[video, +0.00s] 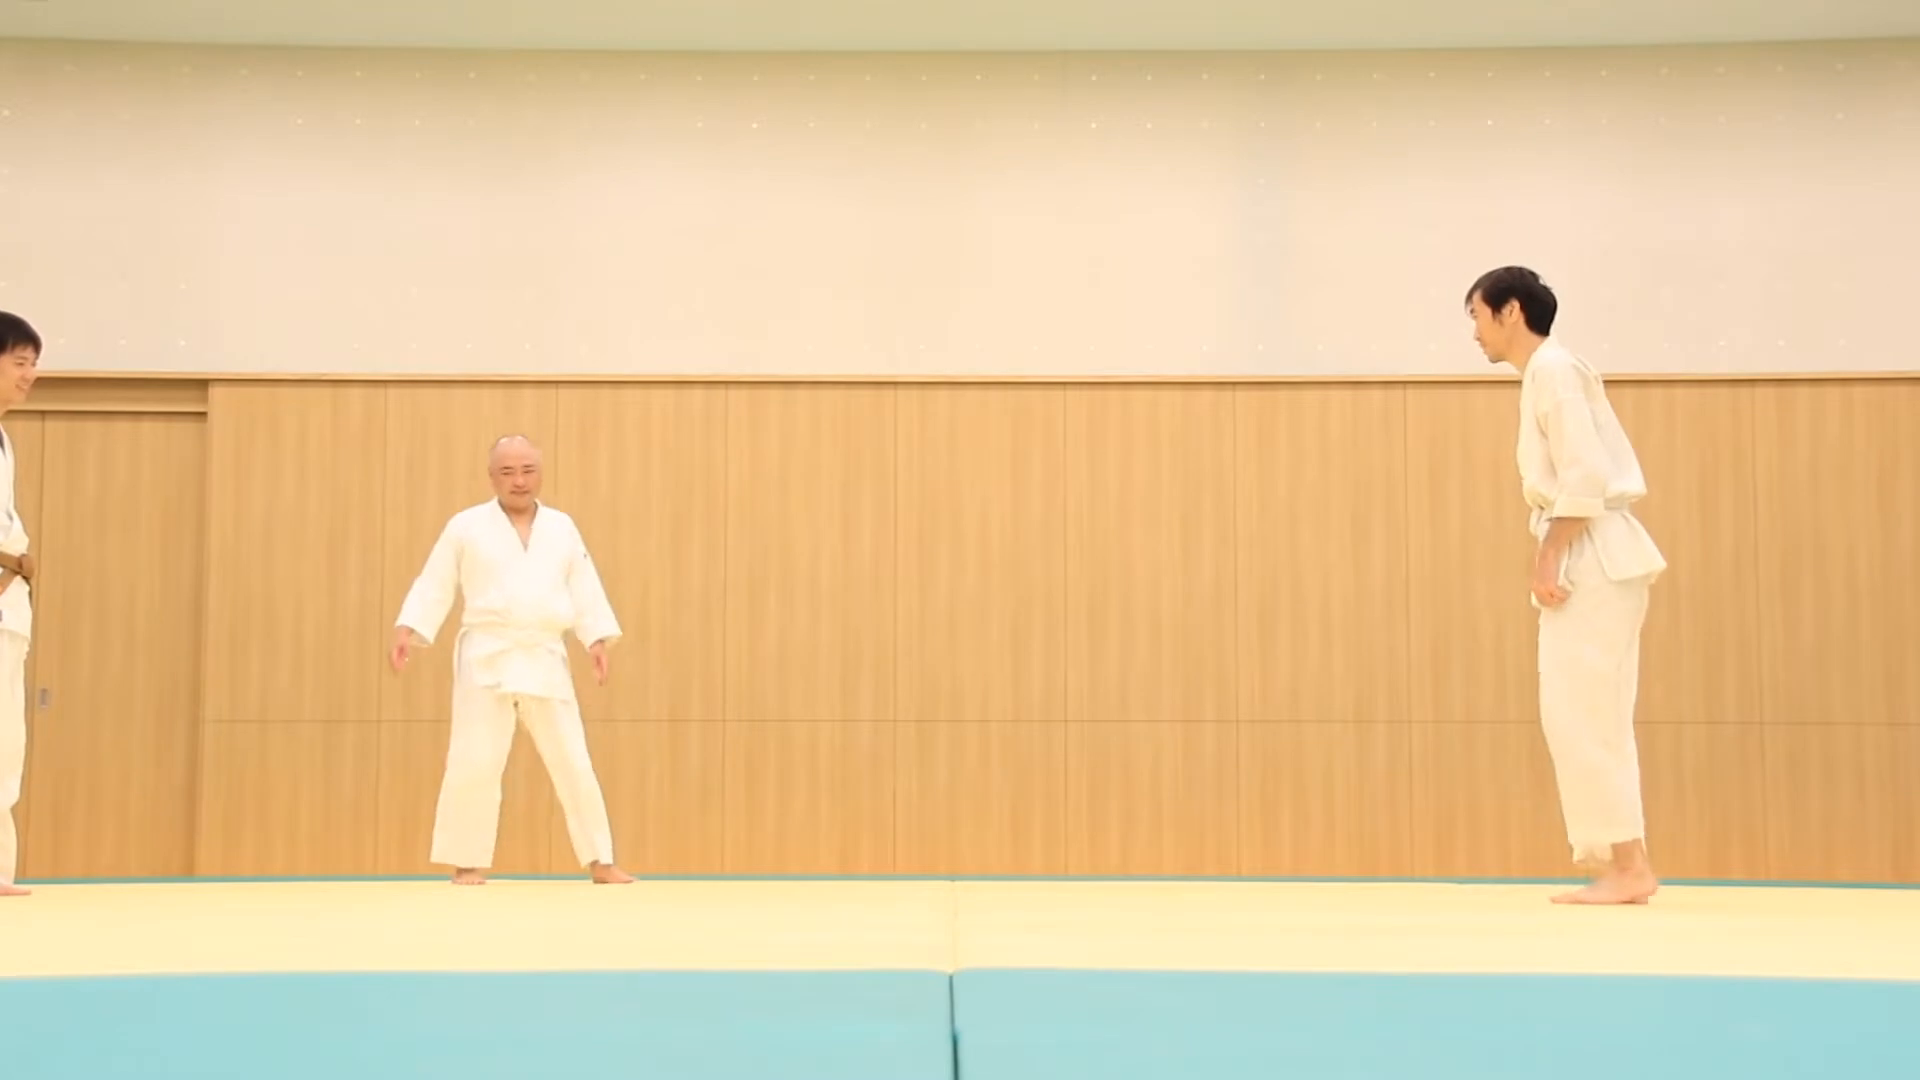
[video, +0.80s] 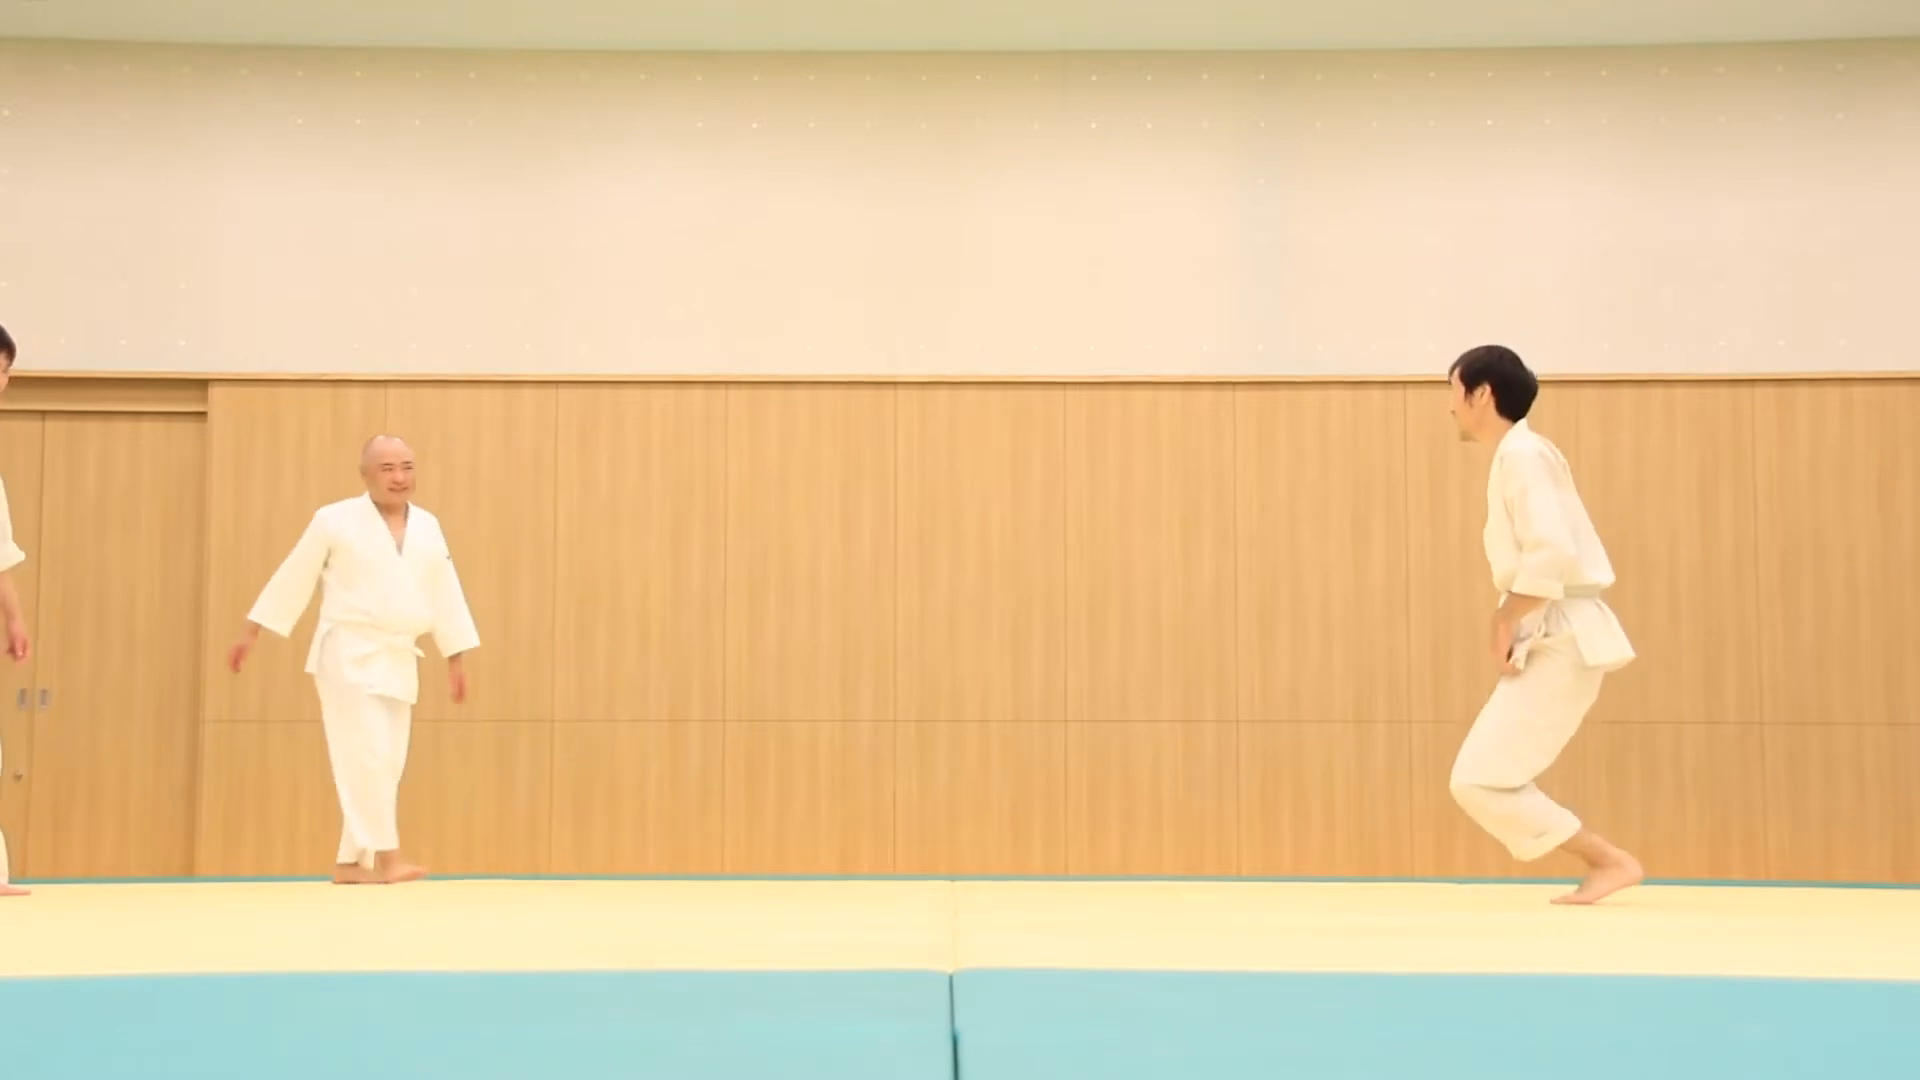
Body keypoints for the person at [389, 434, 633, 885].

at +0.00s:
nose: (519, 479)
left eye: (528, 470)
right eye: (508, 471)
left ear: (540, 474)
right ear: (491, 476)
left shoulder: (560, 526)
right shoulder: (467, 526)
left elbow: (583, 584)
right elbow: (436, 582)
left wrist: (596, 637)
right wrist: (408, 627)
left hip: (544, 656)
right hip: (485, 656)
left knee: (572, 759)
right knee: (476, 760)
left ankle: (600, 862)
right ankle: (469, 865)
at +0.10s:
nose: (495, 480)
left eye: (504, 470)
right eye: (484, 472)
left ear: (517, 474)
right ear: (468, 478)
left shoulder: (540, 526)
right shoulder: (447, 527)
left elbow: (565, 578)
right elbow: (416, 582)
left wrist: (580, 620)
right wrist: (389, 625)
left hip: (526, 658)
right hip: (467, 658)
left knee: (557, 759)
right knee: (463, 763)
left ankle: (576, 860)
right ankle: (467, 865)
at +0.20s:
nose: (475, 477)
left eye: (484, 468)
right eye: (464, 470)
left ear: (497, 470)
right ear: (449, 476)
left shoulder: (523, 521)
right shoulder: (430, 525)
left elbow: (549, 568)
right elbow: (399, 581)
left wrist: (557, 606)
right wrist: (369, 627)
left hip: (511, 655)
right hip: (454, 656)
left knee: (537, 756)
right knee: (455, 760)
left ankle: (522, 855)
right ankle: (461, 863)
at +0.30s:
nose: (458, 476)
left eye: (467, 466)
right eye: (447, 468)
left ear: (480, 469)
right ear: (432, 474)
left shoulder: (505, 518)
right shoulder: (415, 526)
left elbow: (535, 560)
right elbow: (380, 584)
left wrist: (539, 596)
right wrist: (344, 639)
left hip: (498, 653)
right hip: (444, 654)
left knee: (506, 757)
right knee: (451, 755)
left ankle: (471, 856)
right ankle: (464, 860)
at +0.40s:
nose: (443, 476)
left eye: (452, 466)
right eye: (431, 469)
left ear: (465, 470)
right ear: (416, 476)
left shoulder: (488, 518)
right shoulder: (399, 529)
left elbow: (519, 558)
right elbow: (363, 591)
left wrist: (525, 593)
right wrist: (326, 651)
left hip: (484, 655)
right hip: (430, 657)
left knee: (476, 761)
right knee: (440, 757)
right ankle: (463, 861)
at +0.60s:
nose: (420, 479)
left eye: (427, 470)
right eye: (407, 472)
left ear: (438, 474)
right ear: (389, 480)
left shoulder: (456, 527)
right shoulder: (365, 529)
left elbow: (482, 577)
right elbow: (332, 592)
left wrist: (501, 617)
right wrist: (302, 652)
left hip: (439, 660)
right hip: (386, 659)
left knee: (412, 760)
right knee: (411, 758)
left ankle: (355, 859)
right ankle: (456, 861)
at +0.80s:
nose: (399, 476)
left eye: (407, 467)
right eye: (387, 468)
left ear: (415, 472)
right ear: (366, 475)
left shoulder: (426, 525)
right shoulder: (335, 520)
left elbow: (445, 593)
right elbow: (292, 577)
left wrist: (455, 657)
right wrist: (250, 634)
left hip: (399, 656)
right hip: (347, 654)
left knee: (388, 758)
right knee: (366, 753)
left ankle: (349, 862)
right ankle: (390, 859)